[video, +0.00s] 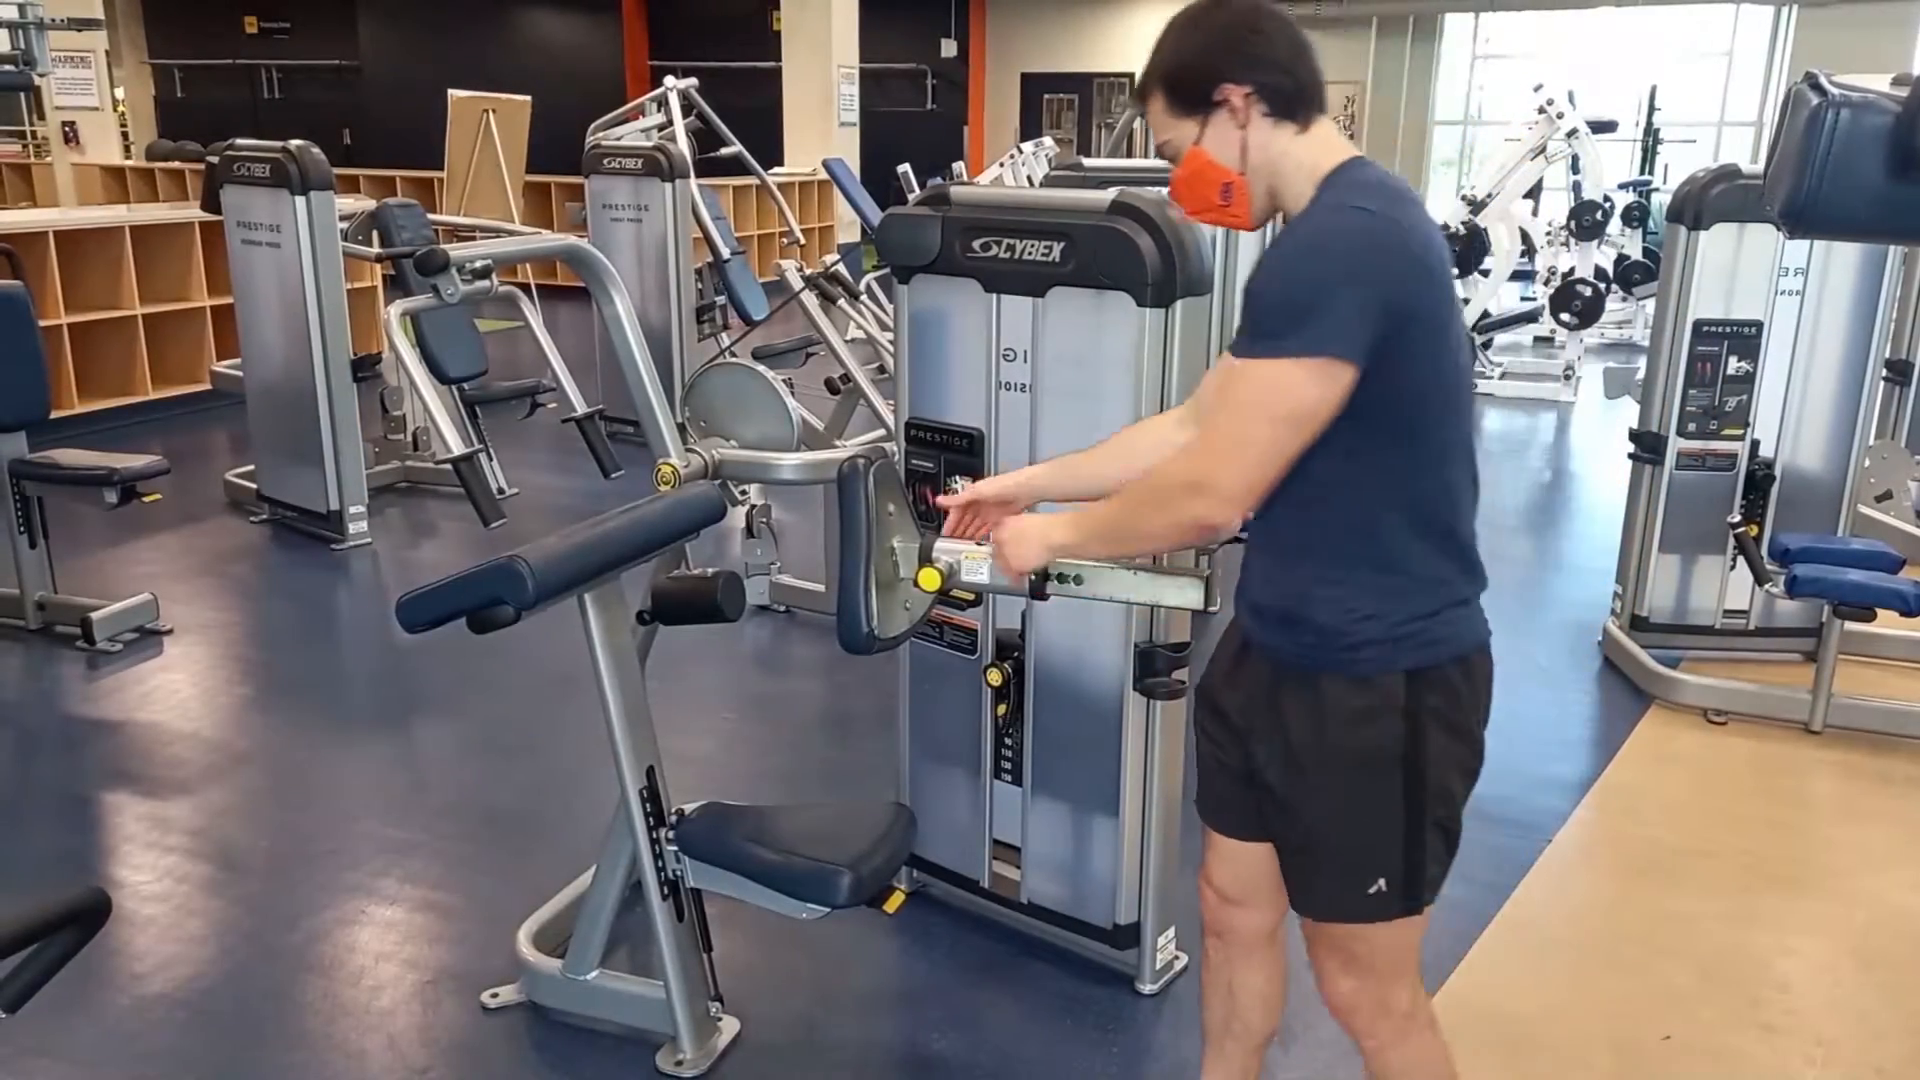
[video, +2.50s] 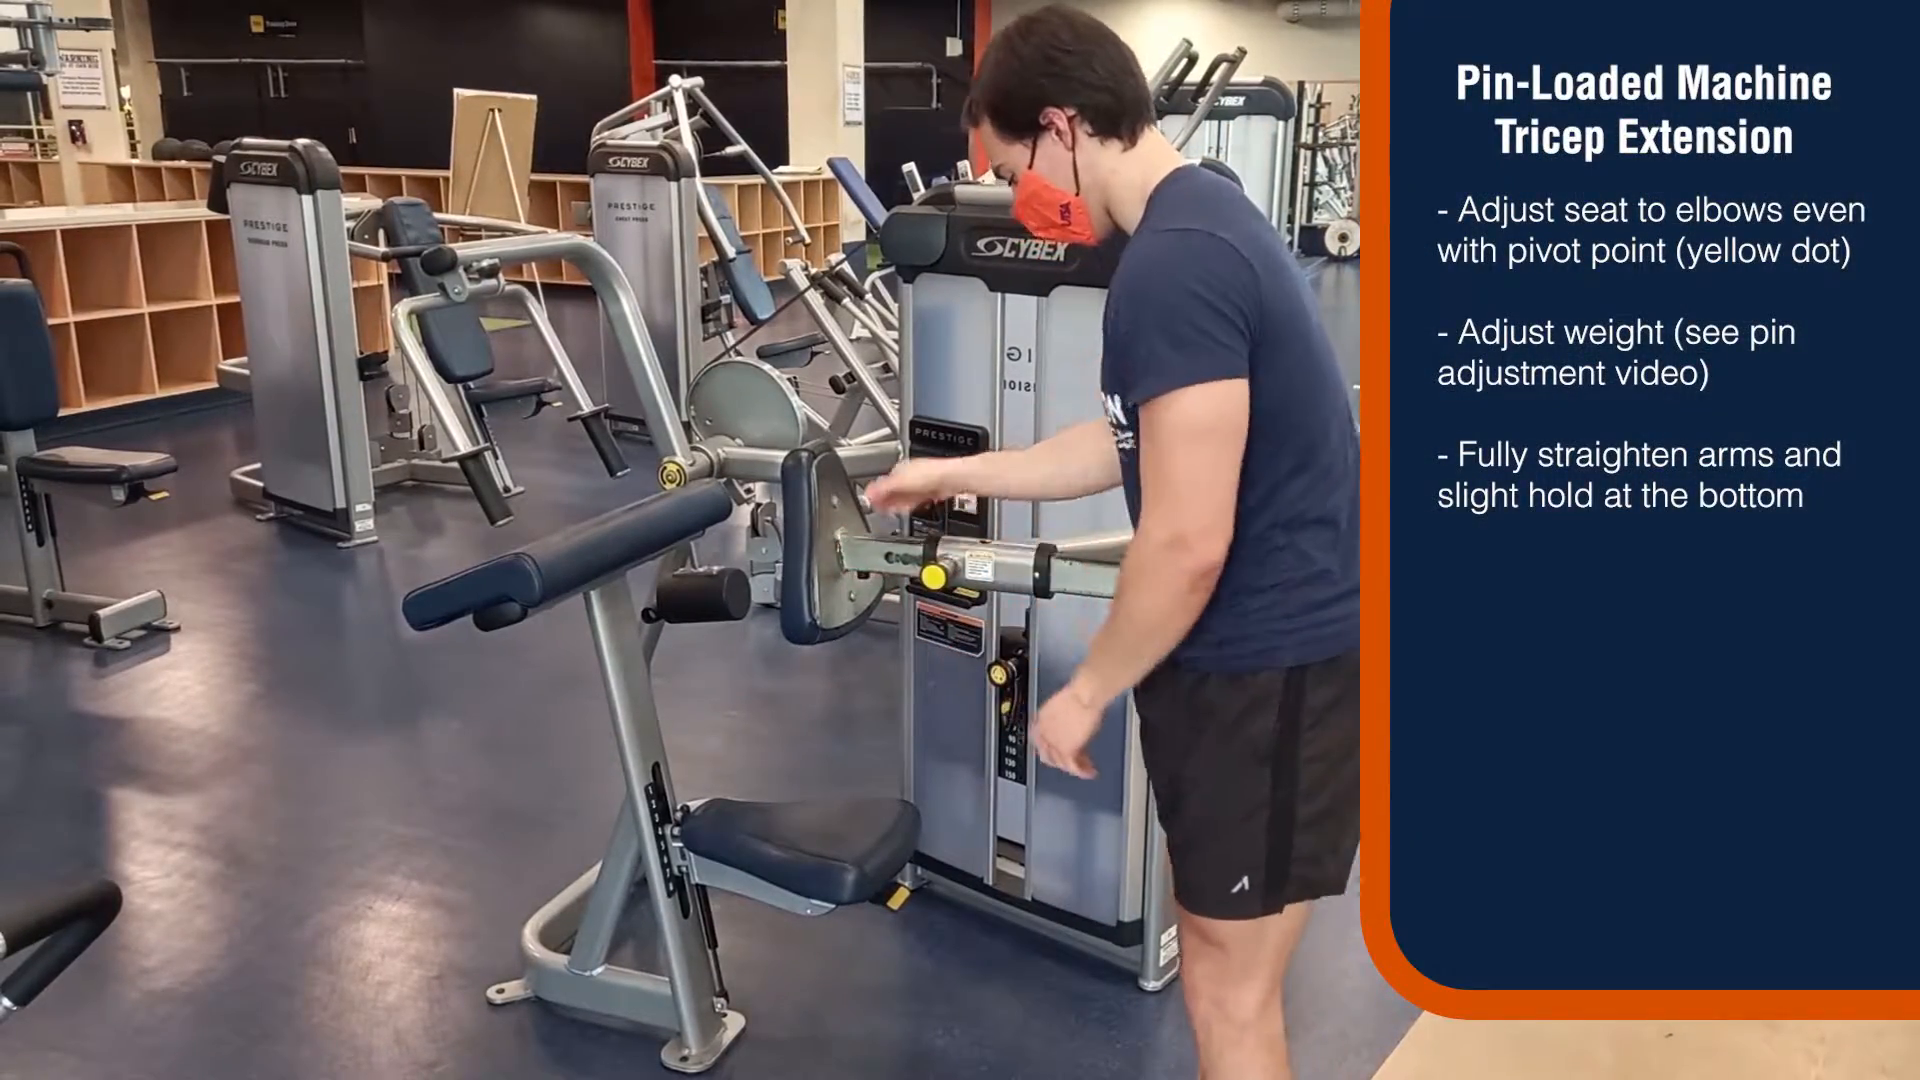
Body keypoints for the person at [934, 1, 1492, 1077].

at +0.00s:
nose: (1187, 175)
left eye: (1183, 143)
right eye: (1176, 151)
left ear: (1240, 107)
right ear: (1253, 108)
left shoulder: (1353, 235)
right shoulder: (1311, 237)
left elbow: (1220, 490)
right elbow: (1195, 429)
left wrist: (1055, 537)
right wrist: (1023, 485)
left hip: (1380, 673)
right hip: (1274, 644)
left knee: (1372, 989)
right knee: (1236, 912)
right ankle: (1229, 1070)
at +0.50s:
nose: (1063, 211)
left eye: (1053, 187)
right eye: (1047, 194)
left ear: (1098, 138)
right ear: (1115, 132)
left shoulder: (1191, 258)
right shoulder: (1214, 223)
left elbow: (1093, 498)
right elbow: (1129, 436)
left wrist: (968, 578)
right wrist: (993, 502)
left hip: (1333, 633)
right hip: (1241, 625)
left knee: (1327, 954)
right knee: (1221, 894)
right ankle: (1226, 1076)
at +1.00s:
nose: (1032, 222)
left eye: (1021, 196)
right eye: (1016, 204)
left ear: (1061, 149)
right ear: (1079, 140)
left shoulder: (1179, 259)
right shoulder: (1176, 230)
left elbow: (1084, 508)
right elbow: (1077, 439)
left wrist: (968, 574)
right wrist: (931, 513)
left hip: (1312, 639)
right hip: (1220, 631)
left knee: (1334, 943)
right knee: (1209, 896)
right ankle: (1223, 1078)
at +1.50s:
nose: (1020, 218)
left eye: (1010, 192)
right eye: (1004, 199)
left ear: (1055, 146)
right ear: (1070, 138)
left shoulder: (1175, 257)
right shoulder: (1158, 242)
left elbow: (1086, 508)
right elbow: (1058, 432)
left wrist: (969, 573)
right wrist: (913, 514)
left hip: (1305, 633)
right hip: (1217, 627)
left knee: (1328, 946)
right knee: (1210, 893)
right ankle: (1223, 1077)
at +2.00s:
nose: (1025, 212)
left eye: (1013, 183)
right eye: (1008, 193)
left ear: (1064, 138)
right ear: (1075, 137)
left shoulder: (1175, 243)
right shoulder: (1156, 240)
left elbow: (1094, 490)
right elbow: (1056, 430)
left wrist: (962, 568)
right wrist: (913, 510)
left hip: (1289, 633)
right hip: (1204, 627)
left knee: (1272, 963)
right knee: (1191, 902)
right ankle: (1216, 1075)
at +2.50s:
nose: (1026, 203)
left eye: (1016, 174)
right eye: (1011, 181)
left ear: (1064, 128)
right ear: (1082, 122)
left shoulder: (1173, 258)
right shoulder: (1200, 221)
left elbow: (1189, 544)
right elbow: (1124, 445)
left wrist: (1088, 694)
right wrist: (951, 475)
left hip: (1257, 668)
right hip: (1259, 654)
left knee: (1230, 995)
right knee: (1228, 962)